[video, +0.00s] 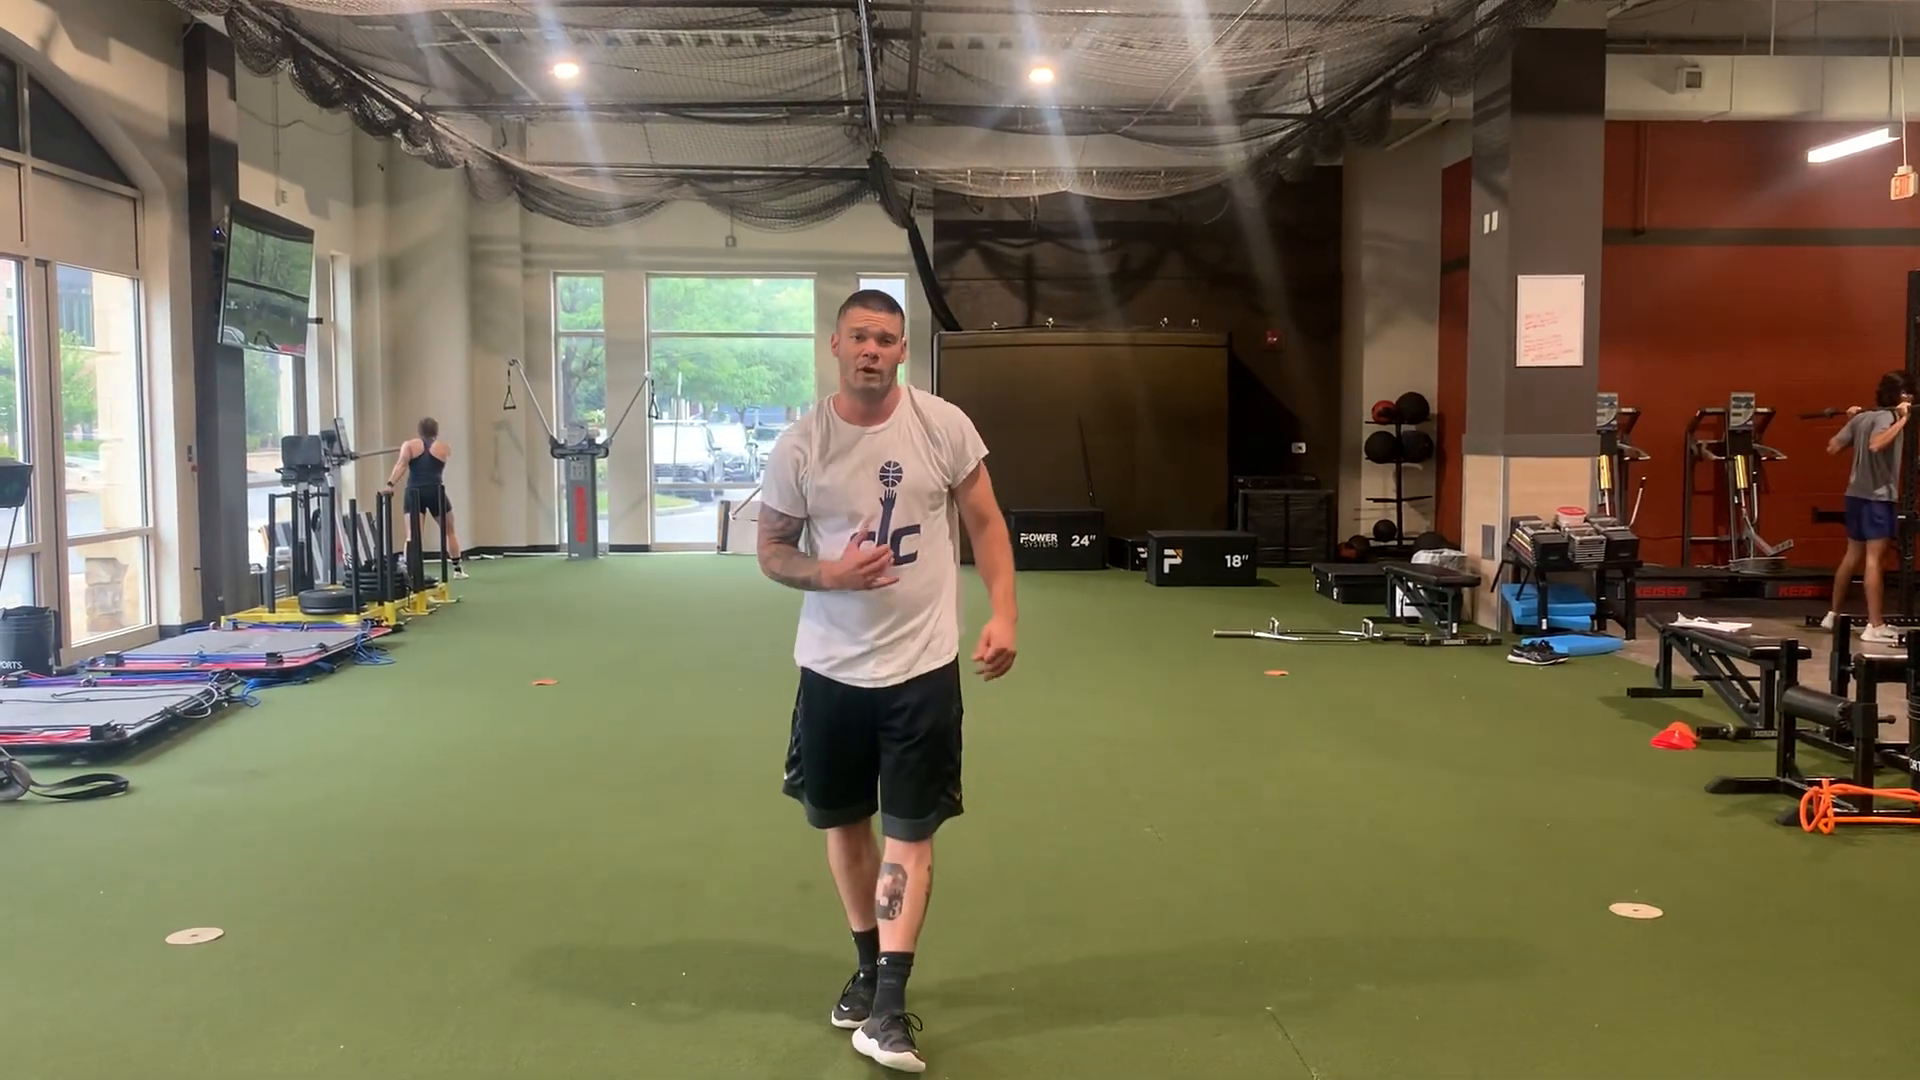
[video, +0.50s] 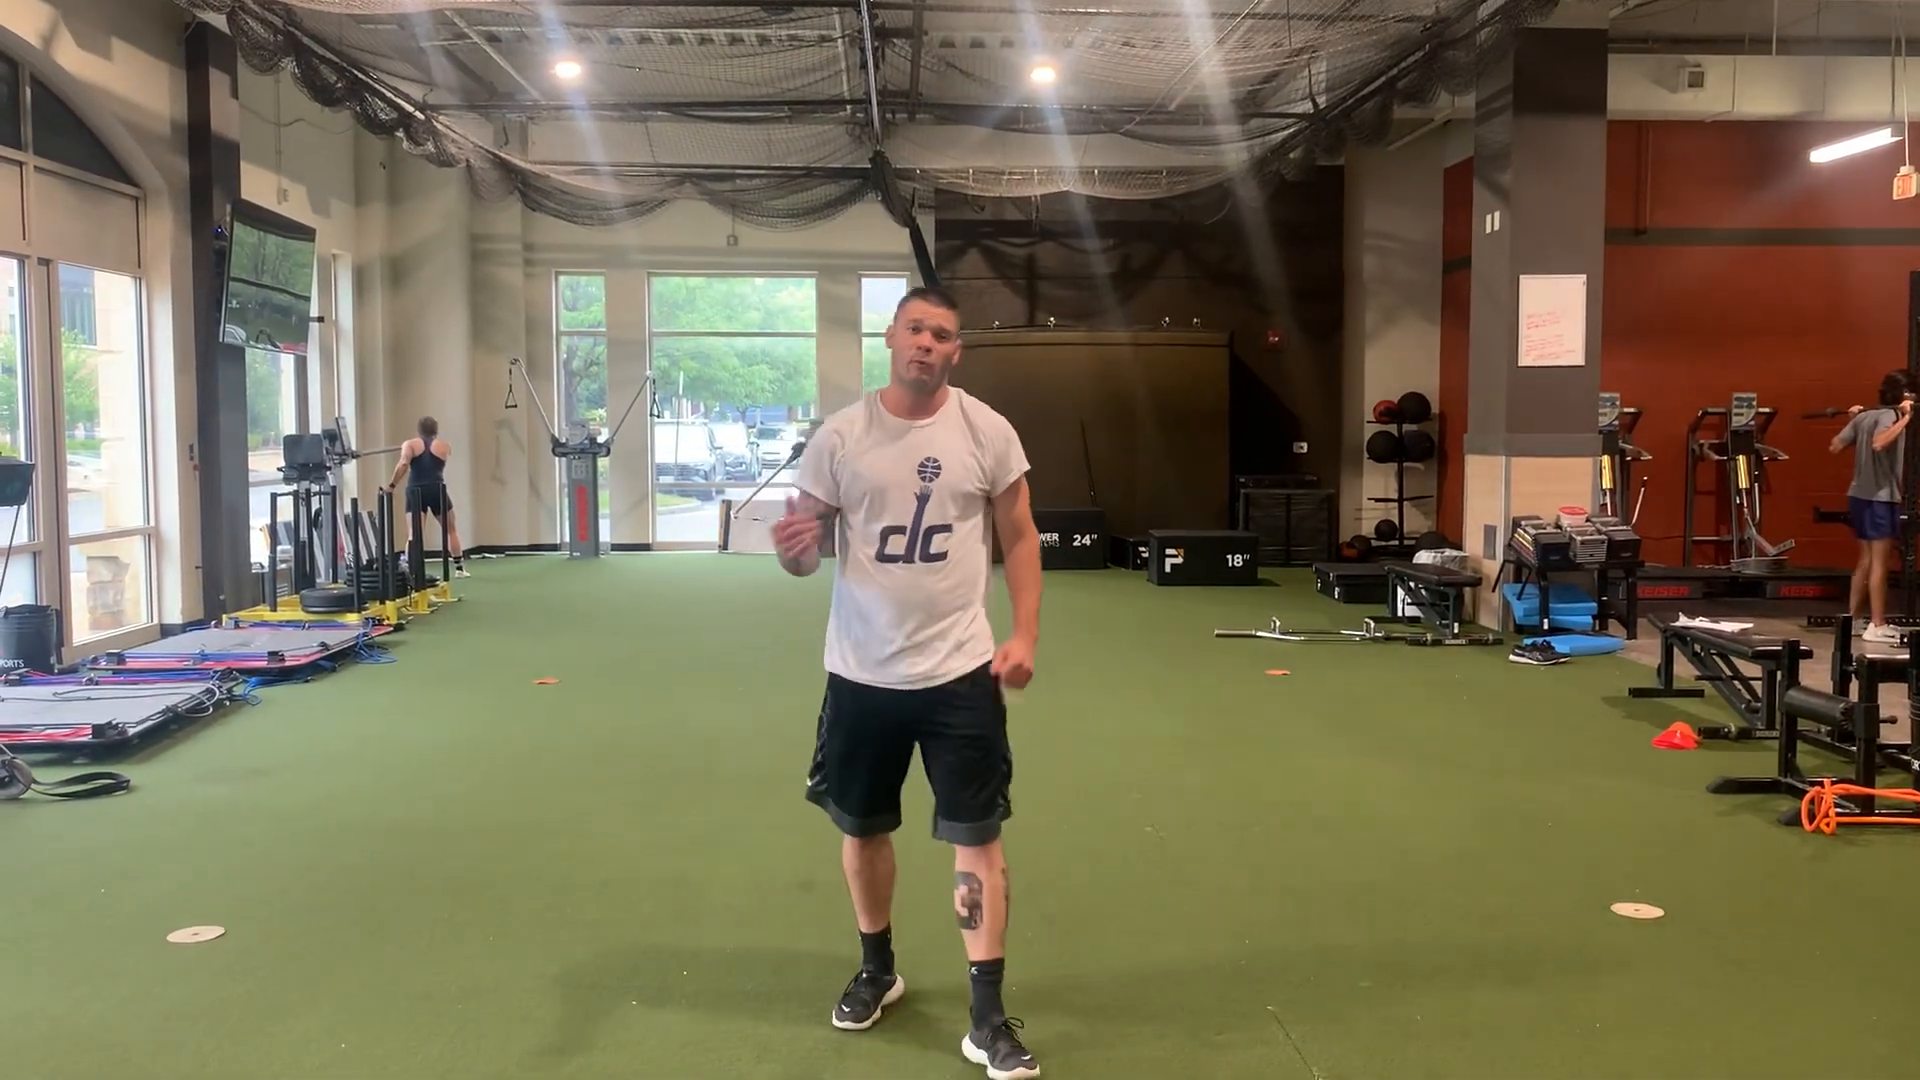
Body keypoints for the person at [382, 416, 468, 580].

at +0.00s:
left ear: (419, 431)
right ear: (436, 432)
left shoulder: (409, 446)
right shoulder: (444, 448)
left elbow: (401, 465)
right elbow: (439, 467)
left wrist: (390, 484)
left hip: (414, 492)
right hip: (435, 491)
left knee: (412, 535)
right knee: (449, 531)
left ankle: (410, 571)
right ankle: (458, 568)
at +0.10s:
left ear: (419, 431)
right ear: (436, 432)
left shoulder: (409, 445)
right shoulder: (444, 447)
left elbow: (402, 466)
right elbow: (438, 467)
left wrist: (391, 483)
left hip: (414, 492)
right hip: (436, 491)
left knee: (412, 534)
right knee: (449, 531)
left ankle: (409, 570)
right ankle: (458, 568)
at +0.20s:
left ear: (419, 431)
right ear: (436, 432)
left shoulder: (409, 445)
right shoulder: (445, 447)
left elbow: (402, 466)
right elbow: (439, 467)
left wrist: (392, 485)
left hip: (415, 492)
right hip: (436, 491)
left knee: (413, 534)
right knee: (450, 531)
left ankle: (410, 571)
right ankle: (459, 568)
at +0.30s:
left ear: (419, 431)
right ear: (436, 431)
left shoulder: (409, 445)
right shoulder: (444, 447)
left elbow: (403, 465)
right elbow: (439, 467)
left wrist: (393, 485)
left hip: (415, 491)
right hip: (436, 490)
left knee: (413, 533)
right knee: (450, 530)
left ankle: (410, 569)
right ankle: (459, 567)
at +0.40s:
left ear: (419, 431)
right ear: (435, 431)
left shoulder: (409, 445)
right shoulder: (444, 447)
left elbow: (402, 467)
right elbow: (440, 466)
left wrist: (392, 486)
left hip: (415, 491)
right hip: (437, 490)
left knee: (414, 533)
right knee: (450, 530)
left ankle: (410, 569)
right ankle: (459, 567)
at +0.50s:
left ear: (419, 430)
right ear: (436, 431)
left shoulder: (409, 445)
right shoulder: (445, 446)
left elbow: (403, 465)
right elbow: (440, 466)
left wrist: (392, 485)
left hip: (415, 491)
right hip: (437, 490)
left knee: (413, 534)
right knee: (450, 530)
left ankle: (411, 570)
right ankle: (459, 568)